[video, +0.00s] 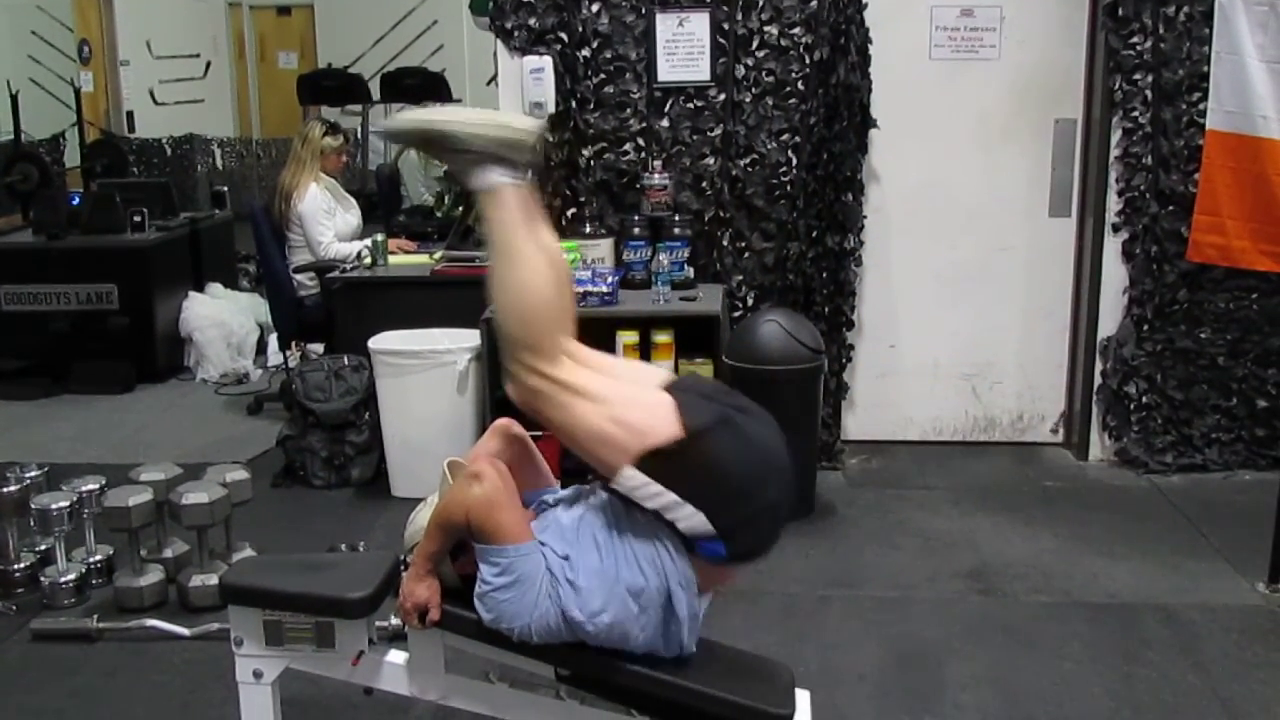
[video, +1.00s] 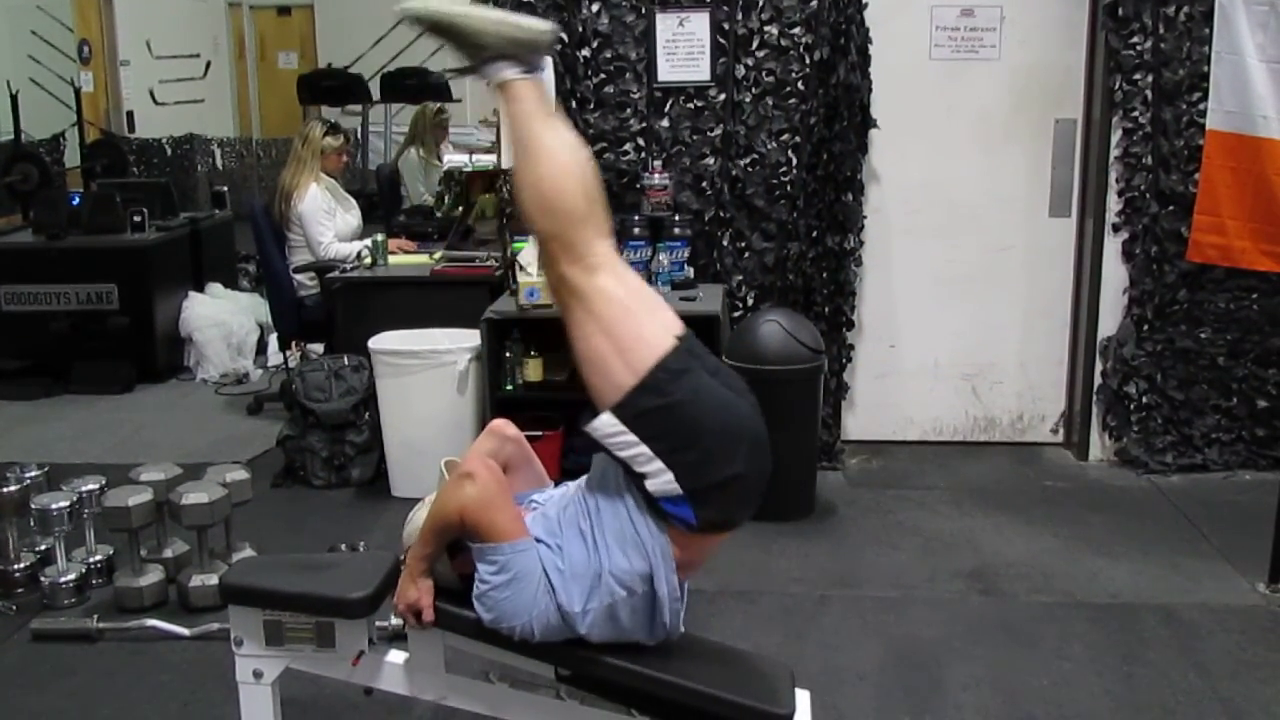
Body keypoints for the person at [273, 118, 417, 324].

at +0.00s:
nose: (345, 160)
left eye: (345, 153)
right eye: (339, 154)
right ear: (319, 155)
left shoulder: (323, 187)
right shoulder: (311, 192)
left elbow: (334, 244)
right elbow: (325, 251)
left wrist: (380, 243)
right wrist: (380, 245)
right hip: (318, 291)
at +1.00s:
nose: (345, 159)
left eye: (345, 153)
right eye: (339, 154)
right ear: (319, 155)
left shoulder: (323, 186)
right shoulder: (311, 192)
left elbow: (334, 244)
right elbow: (325, 251)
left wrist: (380, 243)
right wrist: (380, 246)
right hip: (319, 292)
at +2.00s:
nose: (346, 159)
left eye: (346, 153)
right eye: (340, 154)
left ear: (323, 155)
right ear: (320, 154)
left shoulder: (324, 186)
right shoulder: (312, 192)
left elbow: (333, 245)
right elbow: (324, 252)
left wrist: (378, 242)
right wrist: (378, 245)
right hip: (319, 293)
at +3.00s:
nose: (346, 160)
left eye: (346, 154)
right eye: (340, 154)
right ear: (320, 155)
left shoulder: (323, 185)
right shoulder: (312, 192)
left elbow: (335, 244)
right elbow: (327, 252)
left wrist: (377, 243)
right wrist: (378, 245)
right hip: (318, 291)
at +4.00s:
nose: (346, 159)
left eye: (346, 153)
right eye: (340, 154)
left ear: (323, 155)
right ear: (320, 154)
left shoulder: (323, 186)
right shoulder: (312, 192)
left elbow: (333, 245)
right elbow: (326, 251)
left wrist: (377, 243)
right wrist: (378, 245)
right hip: (318, 292)